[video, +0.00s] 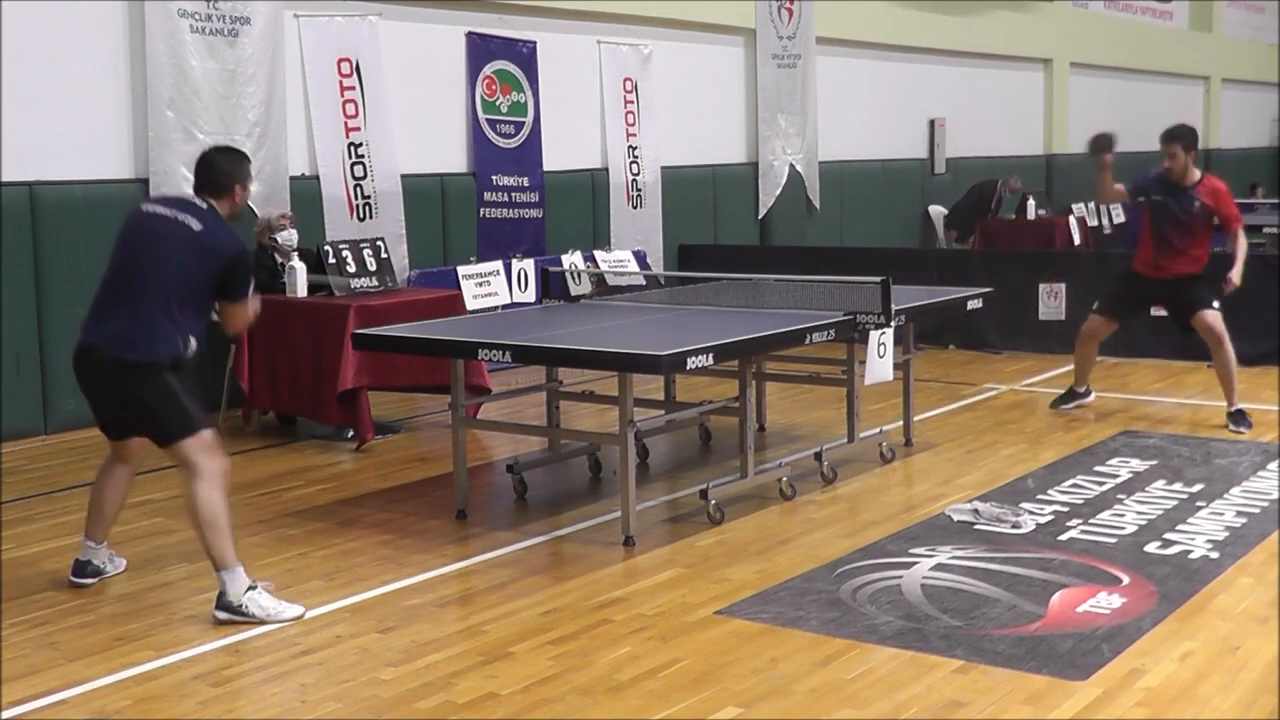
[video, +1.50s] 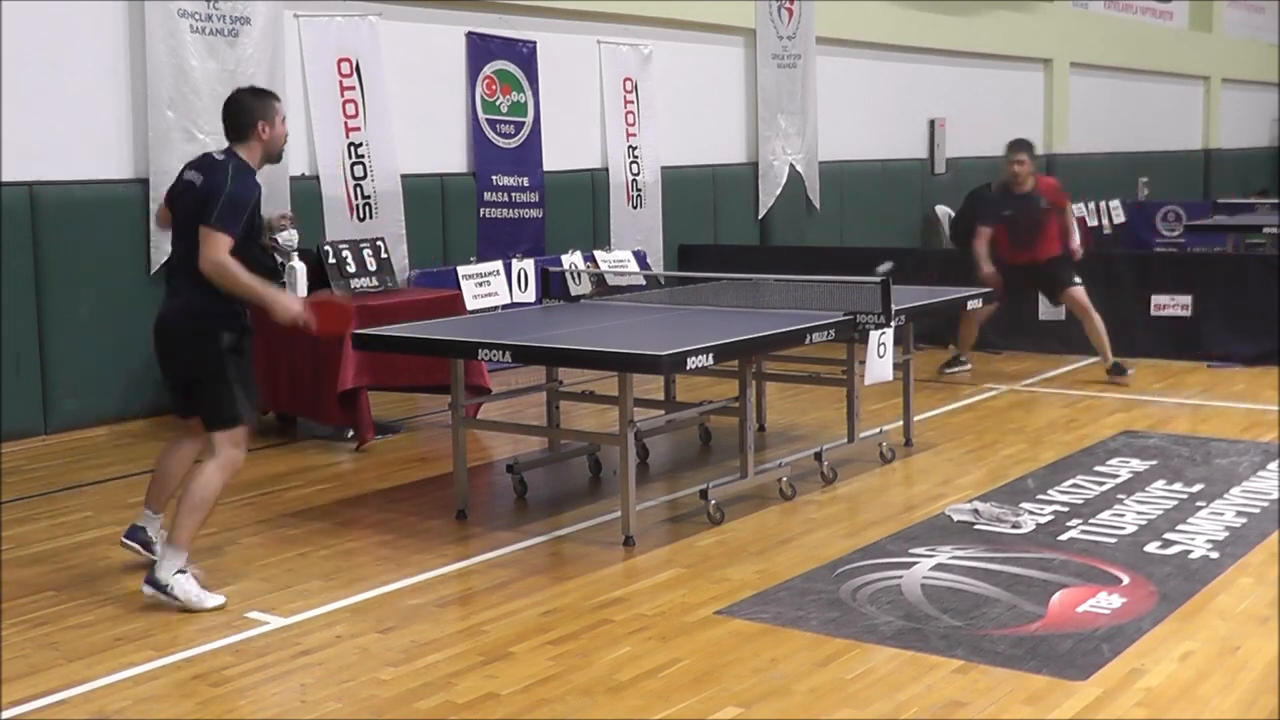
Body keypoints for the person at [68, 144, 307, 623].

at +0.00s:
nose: (247, 196)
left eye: (246, 188)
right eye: (247, 189)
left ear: (198, 181)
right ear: (236, 192)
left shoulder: (148, 210)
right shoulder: (227, 244)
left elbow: (155, 277)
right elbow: (234, 322)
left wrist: (223, 289)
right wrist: (252, 295)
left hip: (93, 355)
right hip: (145, 363)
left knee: (124, 452)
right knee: (209, 461)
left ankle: (92, 555)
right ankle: (236, 589)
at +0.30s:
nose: (205, 139)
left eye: (205, 130)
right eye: (203, 129)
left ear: (155, 121)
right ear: (187, 125)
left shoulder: (102, 148)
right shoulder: (189, 166)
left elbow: (32, 162)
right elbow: (209, 242)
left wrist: (10, 137)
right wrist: (181, 230)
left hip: (85, 308)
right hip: (135, 313)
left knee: (98, 416)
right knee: (165, 425)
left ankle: (68, 526)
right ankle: (161, 552)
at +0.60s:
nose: (213, 162)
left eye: (209, 154)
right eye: (209, 155)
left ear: (165, 160)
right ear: (196, 161)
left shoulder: (122, 199)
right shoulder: (193, 217)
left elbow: (88, 261)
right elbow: (207, 293)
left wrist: (97, 323)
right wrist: (248, 318)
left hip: (106, 353)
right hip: (154, 359)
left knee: (94, 442)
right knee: (222, 449)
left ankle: (47, 533)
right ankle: (182, 560)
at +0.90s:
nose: (318, 192)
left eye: (316, 184)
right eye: (316, 185)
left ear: (272, 188)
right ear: (305, 191)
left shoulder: (234, 224)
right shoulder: (290, 244)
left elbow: (234, 301)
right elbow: (295, 330)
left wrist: (298, 319)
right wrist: (343, 350)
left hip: (193, 373)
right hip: (236, 380)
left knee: (206, 460)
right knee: (340, 444)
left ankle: (148, 547)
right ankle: (354, 564)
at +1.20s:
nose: (345, 192)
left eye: (344, 183)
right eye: (340, 183)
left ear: (295, 186)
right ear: (320, 189)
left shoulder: (245, 210)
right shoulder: (301, 237)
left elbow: (270, 272)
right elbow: (355, 297)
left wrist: (321, 255)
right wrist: (415, 277)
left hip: (204, 362)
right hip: (243, 366)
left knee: (223, 455)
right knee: (330, 444)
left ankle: (153, 542)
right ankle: (360, 563)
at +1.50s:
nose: (285, 132)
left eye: (283, 123)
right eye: (281, 124)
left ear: (240, 128)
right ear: (263, 129)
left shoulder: (202, 165)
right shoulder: (240, 181)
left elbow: (167, 216)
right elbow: (214, 259)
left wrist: (249, 232)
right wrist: (273, 297)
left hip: (177, 323)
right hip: (210, 328)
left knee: (194, 431)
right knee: (229, 447)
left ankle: (147, 524)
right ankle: (170, 568)